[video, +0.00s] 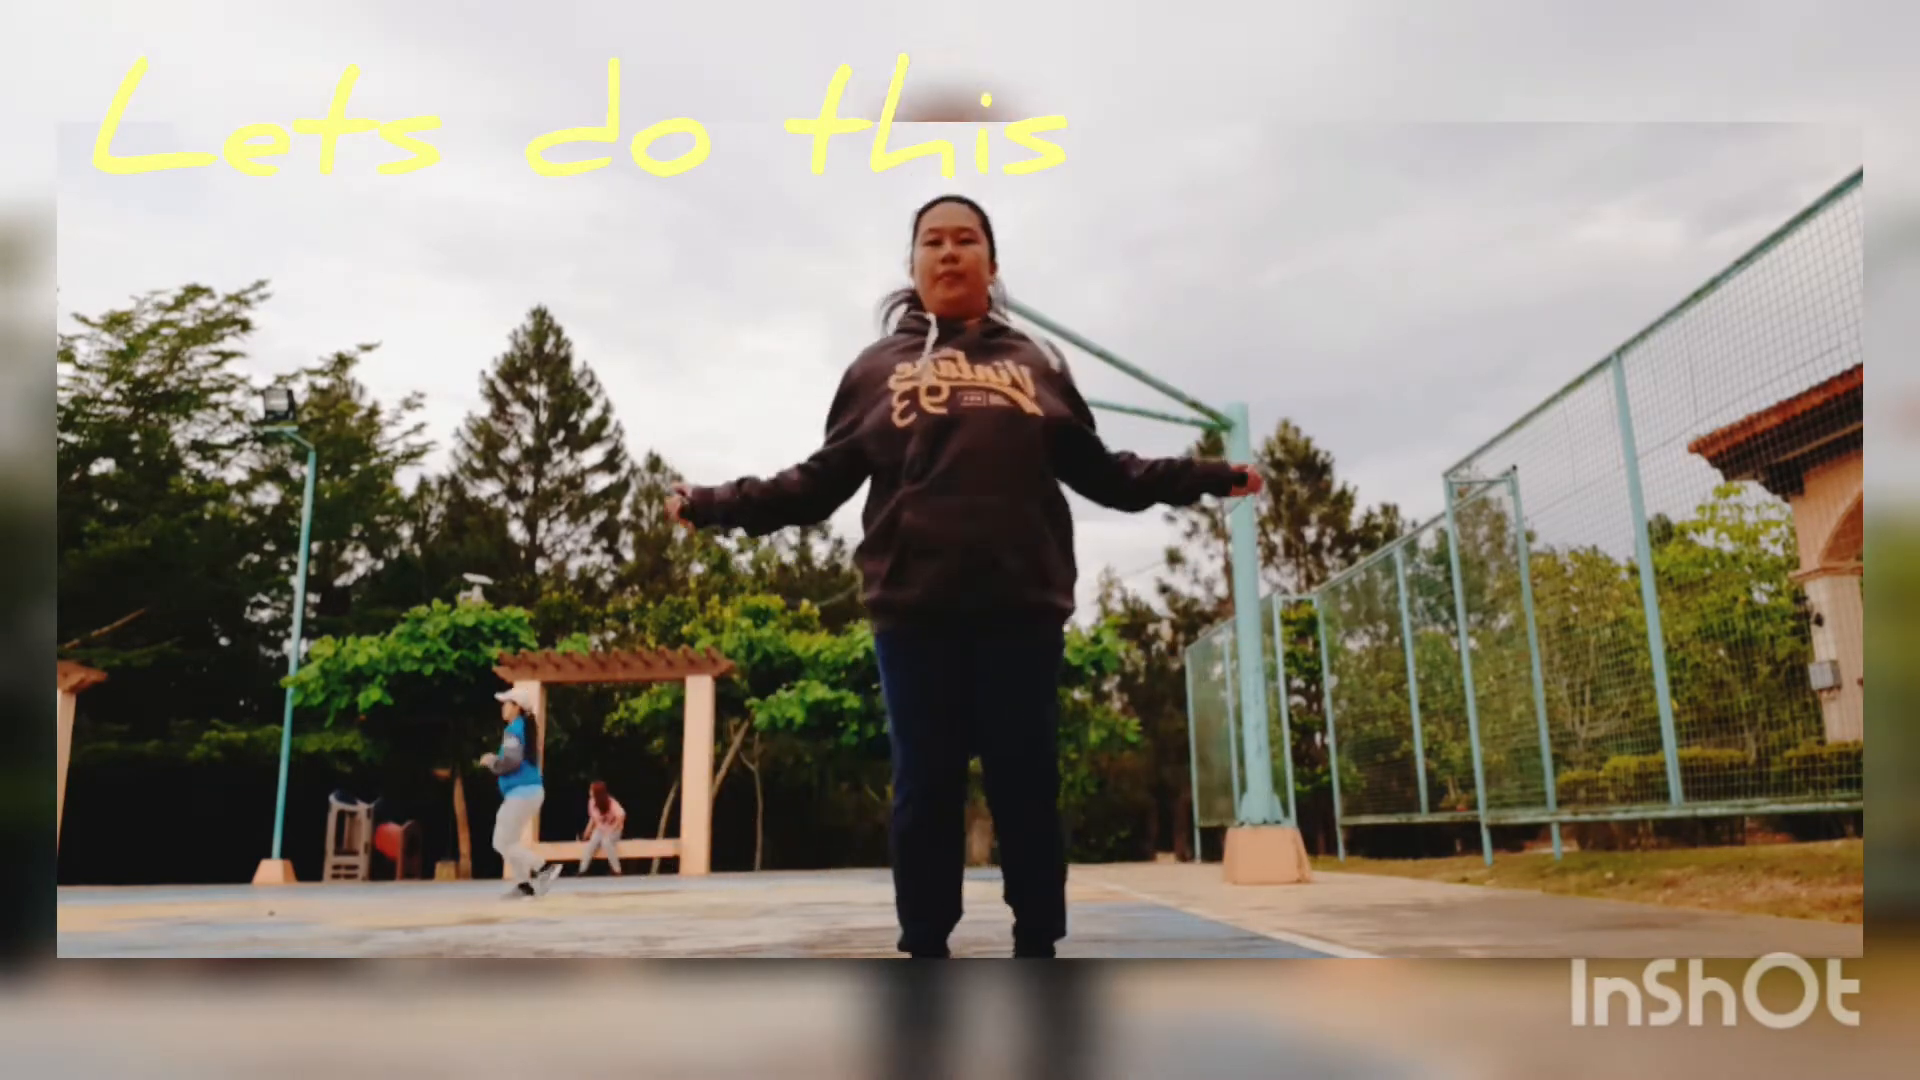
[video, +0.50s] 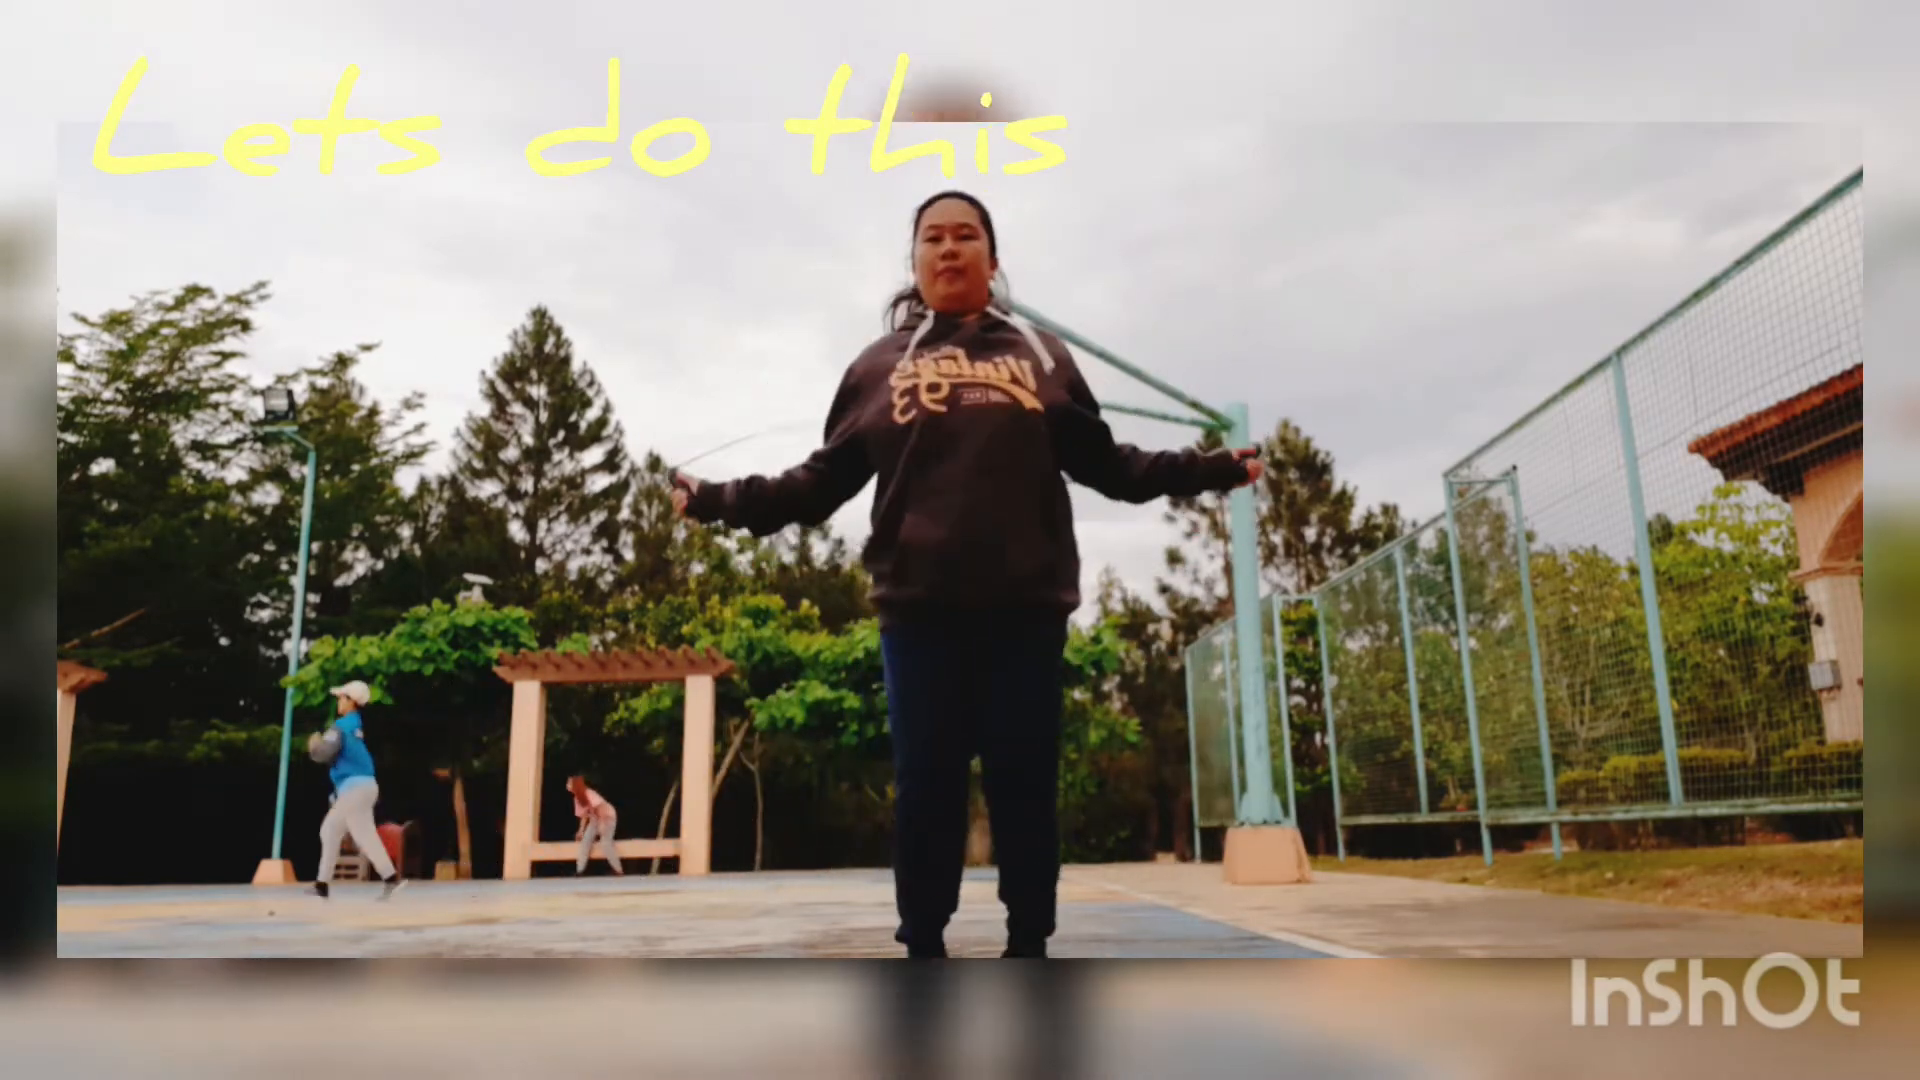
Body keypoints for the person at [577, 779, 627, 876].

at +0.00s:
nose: (590, 793)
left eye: (592, 791)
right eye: (590, 790)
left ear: (598, 793)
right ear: (595, 793)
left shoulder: (611, 802)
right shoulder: (592, 802)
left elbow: (621, 814)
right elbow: (593, 818)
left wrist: (614, 828)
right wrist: (587, 832)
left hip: (612, 827)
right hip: (600, 827)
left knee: (607, 843)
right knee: (591, 844)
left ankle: (616, 869)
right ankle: (582, 869)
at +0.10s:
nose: (588, 793)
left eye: (592, 790)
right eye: (588, 790)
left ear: (598, 791)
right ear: (588, 792)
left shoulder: (607, 800)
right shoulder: (589, 802)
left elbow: (617, 814)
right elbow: (590, 817)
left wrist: (611, 828)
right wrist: (585, 832)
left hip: (611, 824)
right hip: (598, 824)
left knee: (607, 843)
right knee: (592, 844)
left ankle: (617, 869)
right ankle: (581, 869)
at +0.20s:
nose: (582, 790)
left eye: (585, 787)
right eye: (583, 787)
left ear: (592, 788)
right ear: (584, 789)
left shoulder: (604, 798)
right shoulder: (586, 800)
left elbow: (614, 814)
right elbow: (587, 817)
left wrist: (609, 828)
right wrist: (584, 831)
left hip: (611, 822)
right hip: (598, 822)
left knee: (606, 843)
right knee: (591, 844)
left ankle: (617, 869)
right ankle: (581, 869)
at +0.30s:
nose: (578, 788)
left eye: (580, 785)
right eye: (578, 785)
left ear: (587, 787)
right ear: (582, 788)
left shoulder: (599, 796)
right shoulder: (583, 800)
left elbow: (611, 811)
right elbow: (586, 817)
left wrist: (606, 828)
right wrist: (582, 831)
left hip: (611, 818)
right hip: (597, 820)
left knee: (606, 843)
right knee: (590, 843)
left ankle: (617, 869)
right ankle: (581, 869)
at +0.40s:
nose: (574, 788)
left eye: (577, 785)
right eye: (574, 785)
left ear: (583, 786)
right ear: (576, 787)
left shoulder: (596, 796)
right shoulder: (581, 799)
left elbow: (607, 812)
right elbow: (586, 817)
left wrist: (604, 828)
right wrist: (581, 832)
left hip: (610, 817)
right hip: (597, 817)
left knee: (606, 843)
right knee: (589, 842)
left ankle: (618, 869)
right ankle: (581, 869)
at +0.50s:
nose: (569, 787)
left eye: (571, 784)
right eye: (569, 784)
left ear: (578, 785)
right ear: (571, 787)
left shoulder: (588, 795)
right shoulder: (578, 797)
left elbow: (598, 815)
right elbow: (584, 816)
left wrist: (600, 830)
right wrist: (580, 832)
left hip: (607, 815)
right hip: (594, 817)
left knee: (606, 842)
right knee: (586, 841)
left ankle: (618, 869)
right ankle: (580, 869)